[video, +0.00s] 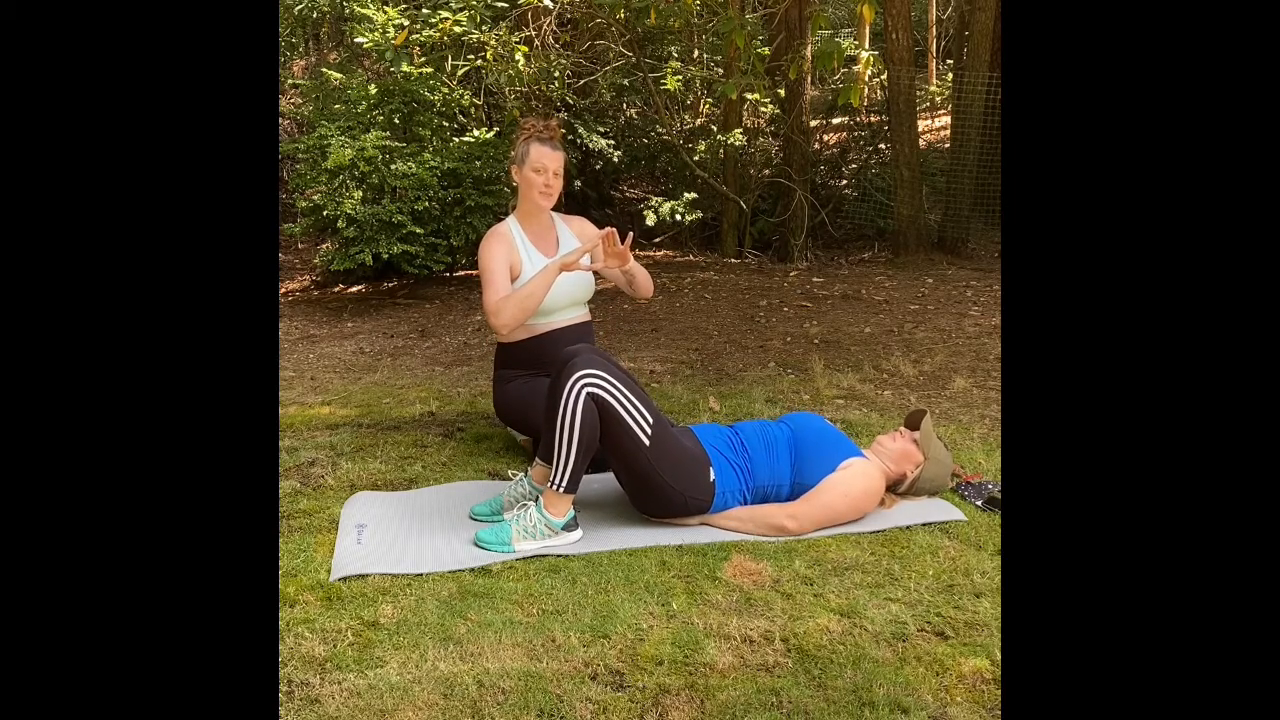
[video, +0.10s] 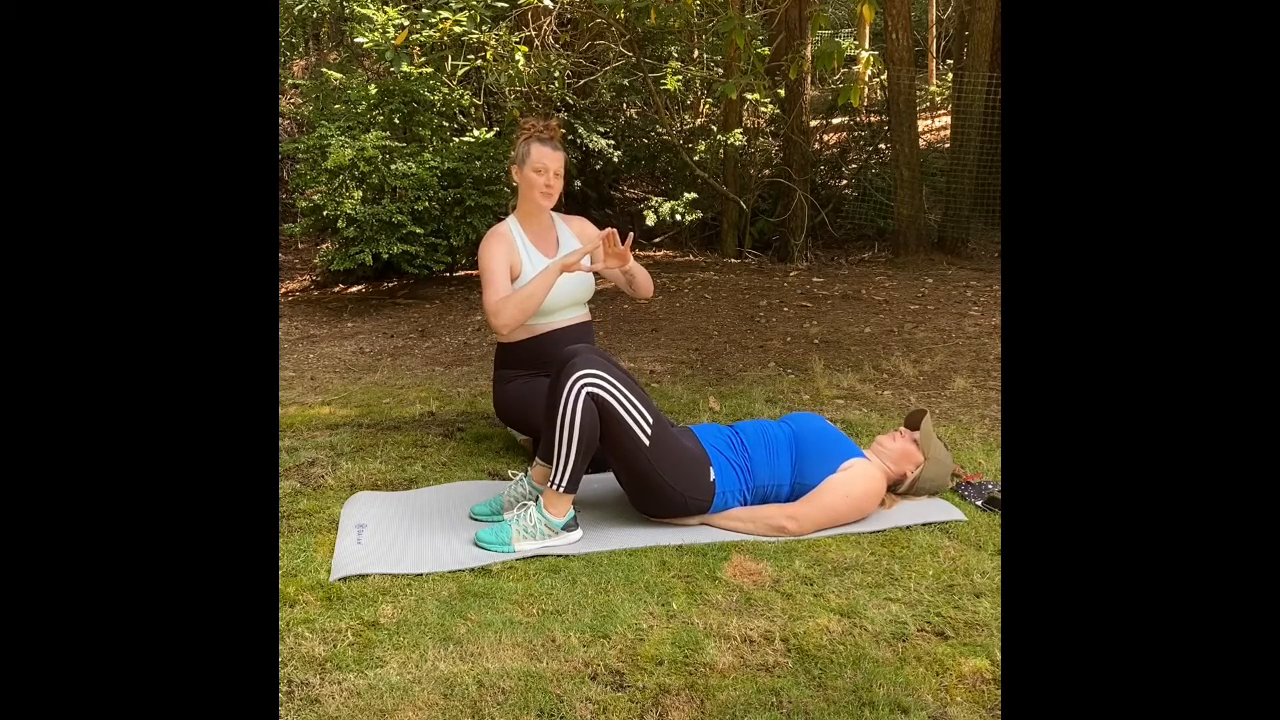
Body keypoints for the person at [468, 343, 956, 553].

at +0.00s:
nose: (897, 433)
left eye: (908, 440)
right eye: (906, 430)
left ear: (908, 471)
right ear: (897, 444)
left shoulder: (863, 479)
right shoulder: (847, 456)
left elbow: (794, 520)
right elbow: (774, 494)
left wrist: (711, 517)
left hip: (693, 482)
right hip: (680, 452)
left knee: (589, 376)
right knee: (589, 364)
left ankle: (554, 511)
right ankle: (540, 484)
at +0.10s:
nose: (897, 433)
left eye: (908, 440)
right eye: (906, 430)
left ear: (908, 470)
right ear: (898, 445)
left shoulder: (864, 479)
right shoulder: (847, 456)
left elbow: (795, 520)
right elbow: (775, 493)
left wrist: (711, 517)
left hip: (693, 482)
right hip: (679, 452)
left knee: (589, 376)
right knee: (588, 364)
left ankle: (554, 511)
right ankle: (540, 484)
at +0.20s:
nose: (897, 433)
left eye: (908, 440)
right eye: (906, 430)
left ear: (908, 471)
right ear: (898, 445)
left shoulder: (864, 480)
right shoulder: (847, 455)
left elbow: (795, 520)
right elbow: (775, 493)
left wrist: (710, 517)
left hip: (693, 482)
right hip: (679, 452)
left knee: (589, 376)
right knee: (588, 364)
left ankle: (555, 511)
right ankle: (539, 483)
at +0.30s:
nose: (897, 433)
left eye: (908, 439)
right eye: (906, 430)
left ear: (908, 471)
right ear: (898, 445)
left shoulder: (864, 480)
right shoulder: (847, 455)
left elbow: (795, 520)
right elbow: (775, 493)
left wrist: (711, 517)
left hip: (693, 482)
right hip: (679, 452)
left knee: (589, 375)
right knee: (589, 363)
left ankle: (555, 511)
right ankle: (539, 479)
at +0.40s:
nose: (897, 433)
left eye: (908, 440)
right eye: (906, 430)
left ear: (908, 471)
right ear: (898, 445)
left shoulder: (864, 480)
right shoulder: (847, 455)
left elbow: (795, 520)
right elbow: (777, 497)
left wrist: (711, 517)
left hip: (694, 482)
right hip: (679, 455)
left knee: (588, 376)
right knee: (588, 364)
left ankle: (554, 510)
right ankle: (540, 480)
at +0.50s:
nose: (898, 433)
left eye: (909, 440)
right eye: (907, 430)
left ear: (908, 470)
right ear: (898, 445)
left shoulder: (864, 479)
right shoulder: (847, 455)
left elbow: (795, 520)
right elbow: (776, 497)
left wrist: (710, 517)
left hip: (694, 482)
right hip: (680, 455)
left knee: (588, 376)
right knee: (588, 364)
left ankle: (554, 510)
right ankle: (541, 483)